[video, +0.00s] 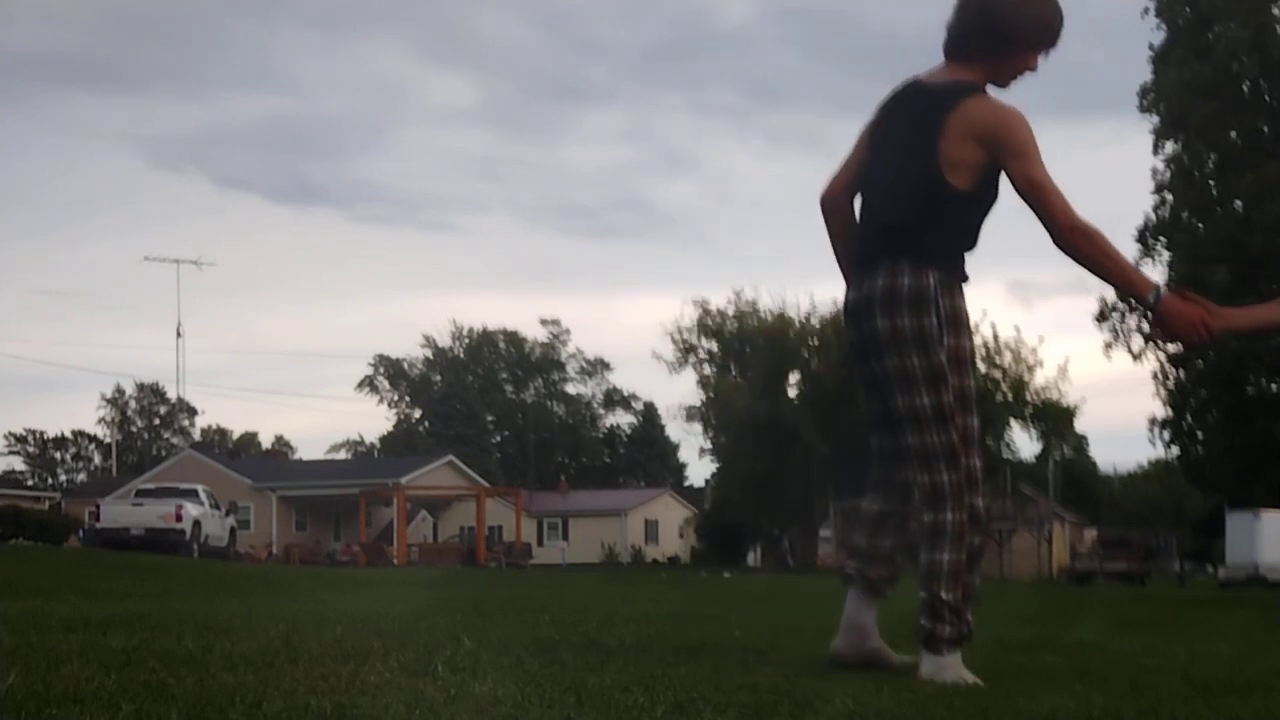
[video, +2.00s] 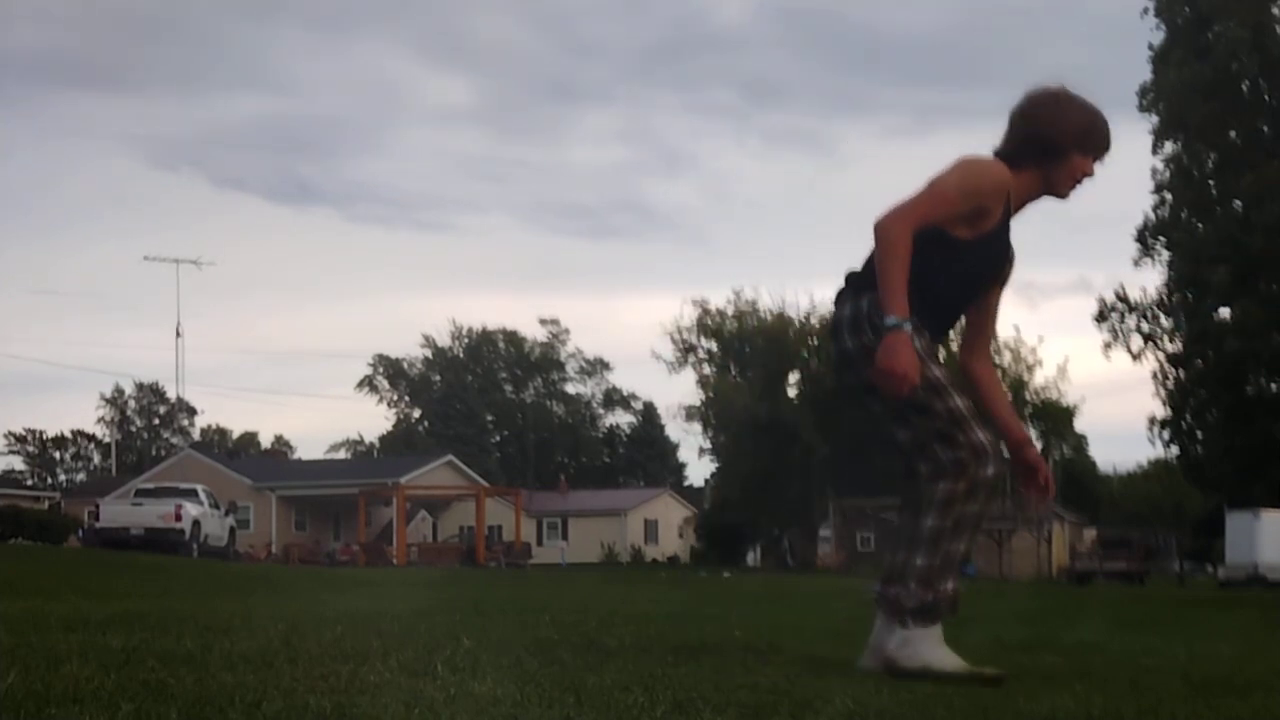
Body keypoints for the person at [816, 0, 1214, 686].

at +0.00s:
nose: (1036, 63)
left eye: (1041, 51)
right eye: (1037, 49)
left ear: (966, 33)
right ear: (1013, 45)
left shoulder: (902, 100)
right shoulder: (995, 118)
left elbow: (835, 199)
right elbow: (1066, 228)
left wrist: (864, 281)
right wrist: (1155, 297)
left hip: (870, 289)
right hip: (921, 290)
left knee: (897, 458)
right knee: (953, 468)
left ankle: (856, 624)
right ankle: (942, 656)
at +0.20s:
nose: (1042, 60)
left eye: (1047, 48)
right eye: (1040, 45)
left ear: (972, 35)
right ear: (1009, 41)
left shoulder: (915, 107)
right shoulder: (998, 118)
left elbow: (846, 206)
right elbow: (1034, 237)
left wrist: (867, 296)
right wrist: (1113, 321)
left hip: (880, 289)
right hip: (928, 291)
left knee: (901, 462)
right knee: (953, 469)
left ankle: (886, 625)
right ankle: (943, 655)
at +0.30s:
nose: (1036, 57)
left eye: (1039, 45)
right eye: (1032, 42)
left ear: (969, 42)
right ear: (1000, 41)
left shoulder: (918, 116)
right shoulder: (985, 118)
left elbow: (852, 219)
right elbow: (988, 228)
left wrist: (876, 307)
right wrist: (1033, 335)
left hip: (883, 297)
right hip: (928, 295)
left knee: (905, 469)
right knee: (953, 474)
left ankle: (883, 630)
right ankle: (942, 655)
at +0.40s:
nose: (1021, 61)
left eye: (1022, 50)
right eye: (1016, 48)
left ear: (956, 50)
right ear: (985, 49)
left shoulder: (920, 125)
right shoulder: (966, 122)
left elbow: (860, 235)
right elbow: (939, 216)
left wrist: (886, 311)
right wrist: (939, 320)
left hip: (886, 305)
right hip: (921, 304)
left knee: (910, 477)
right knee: (951, 479)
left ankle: (883, 636)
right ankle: (941, 655)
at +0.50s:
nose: (1010, 65)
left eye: (1010, 54)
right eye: (1003, 52)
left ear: (954, 57)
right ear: (969, 55)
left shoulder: (934, 124)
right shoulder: (942, 123)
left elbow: (892, 217)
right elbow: (894, 206)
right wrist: (866, 303)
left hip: (905, 307)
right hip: (915, 309)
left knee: (912, 471)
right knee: (943, 468)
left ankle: (885, 634)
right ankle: (937, 649)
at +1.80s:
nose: (1039, 99)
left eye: (1043, 89)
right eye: (1035, 84)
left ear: (996, 82)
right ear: (998, 76)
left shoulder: (965, 158)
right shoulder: (940, 125)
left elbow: (921, 281)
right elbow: (866, 205)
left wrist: (968, 354)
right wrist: (876, 302)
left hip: (913, 321)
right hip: (887, 315)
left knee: (929, 472)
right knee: (923, 469)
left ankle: (882, 634)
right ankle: (867, 639)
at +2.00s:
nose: (1092, 170)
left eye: (1096, 159)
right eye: (1088, 155)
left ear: (1059, 155)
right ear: (1053, 145)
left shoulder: (999, 252)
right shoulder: (986, 177)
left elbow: (976, 354)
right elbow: (893, 225)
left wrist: (1020, 441)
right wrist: (896, 328)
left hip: (902, 336)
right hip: (876, 322)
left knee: (963, 461)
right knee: (968, 455)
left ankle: (897, 627)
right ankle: (912, 629)